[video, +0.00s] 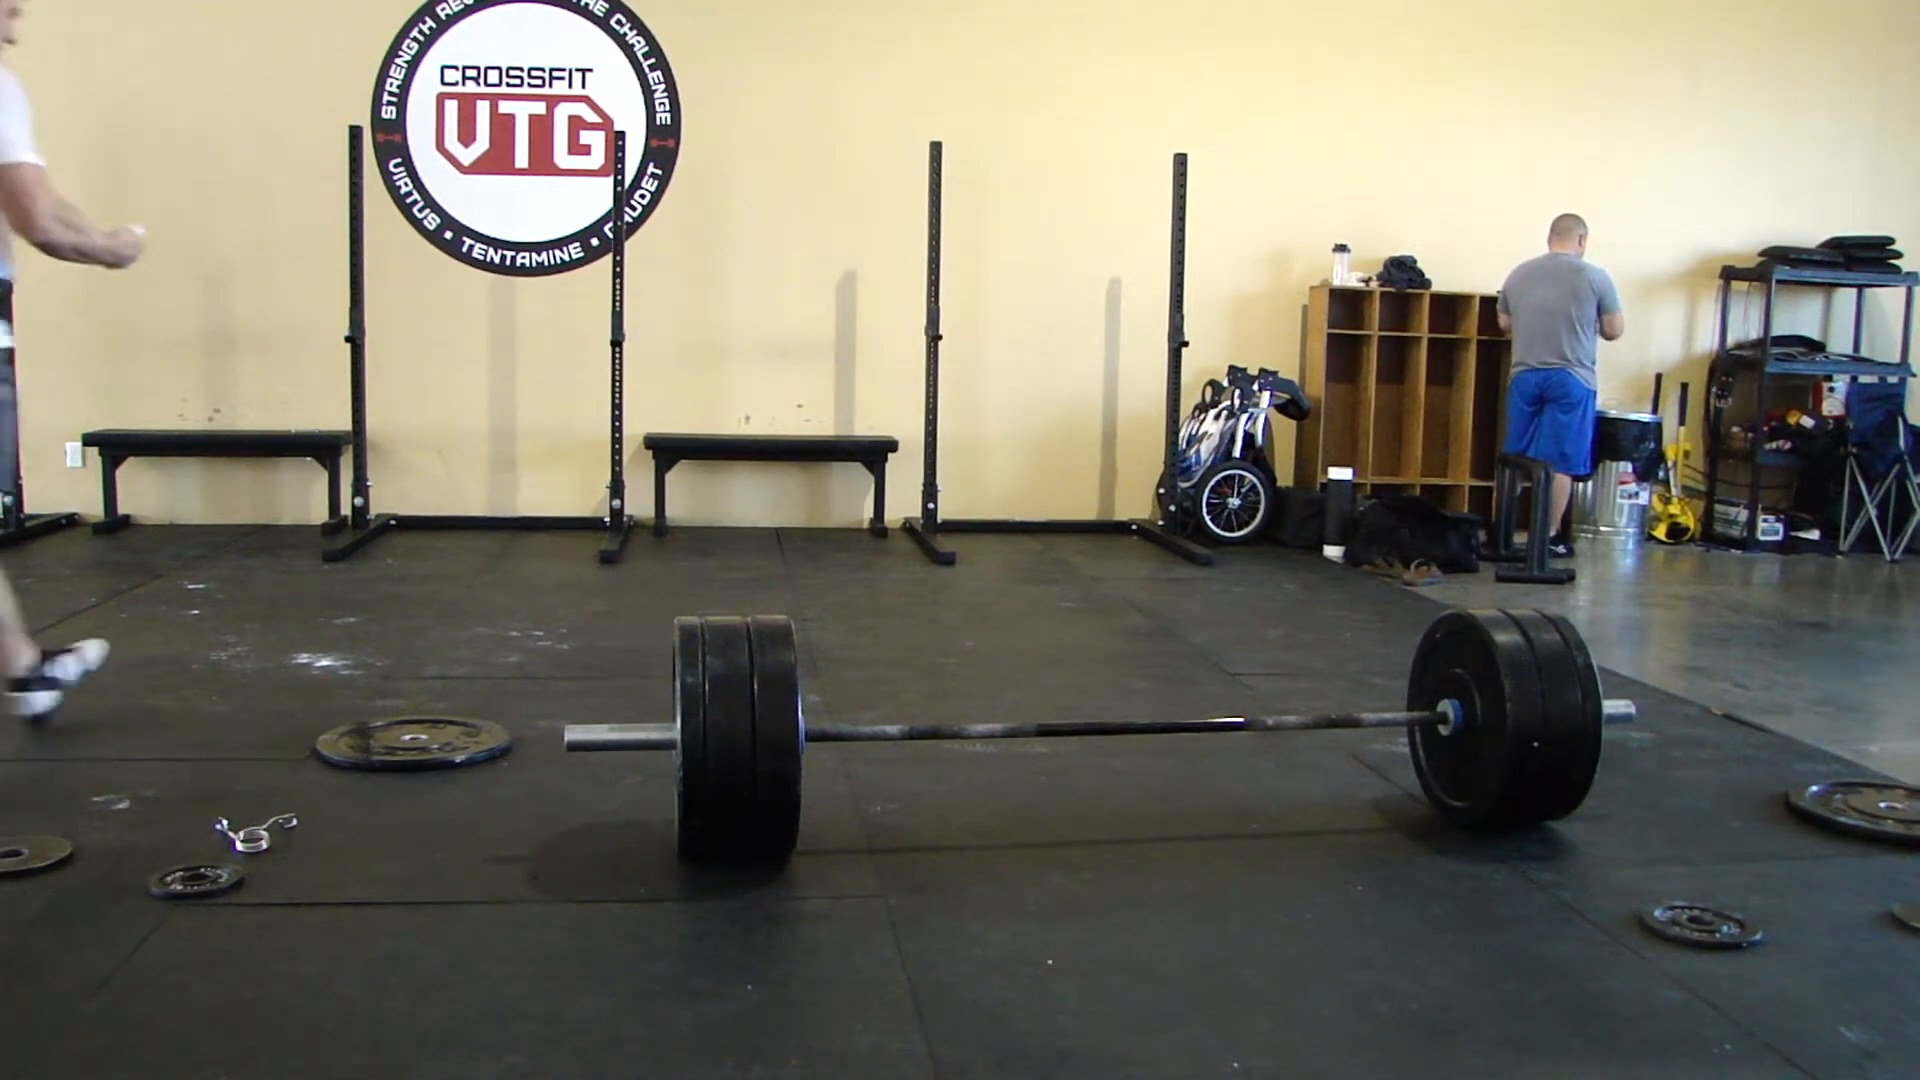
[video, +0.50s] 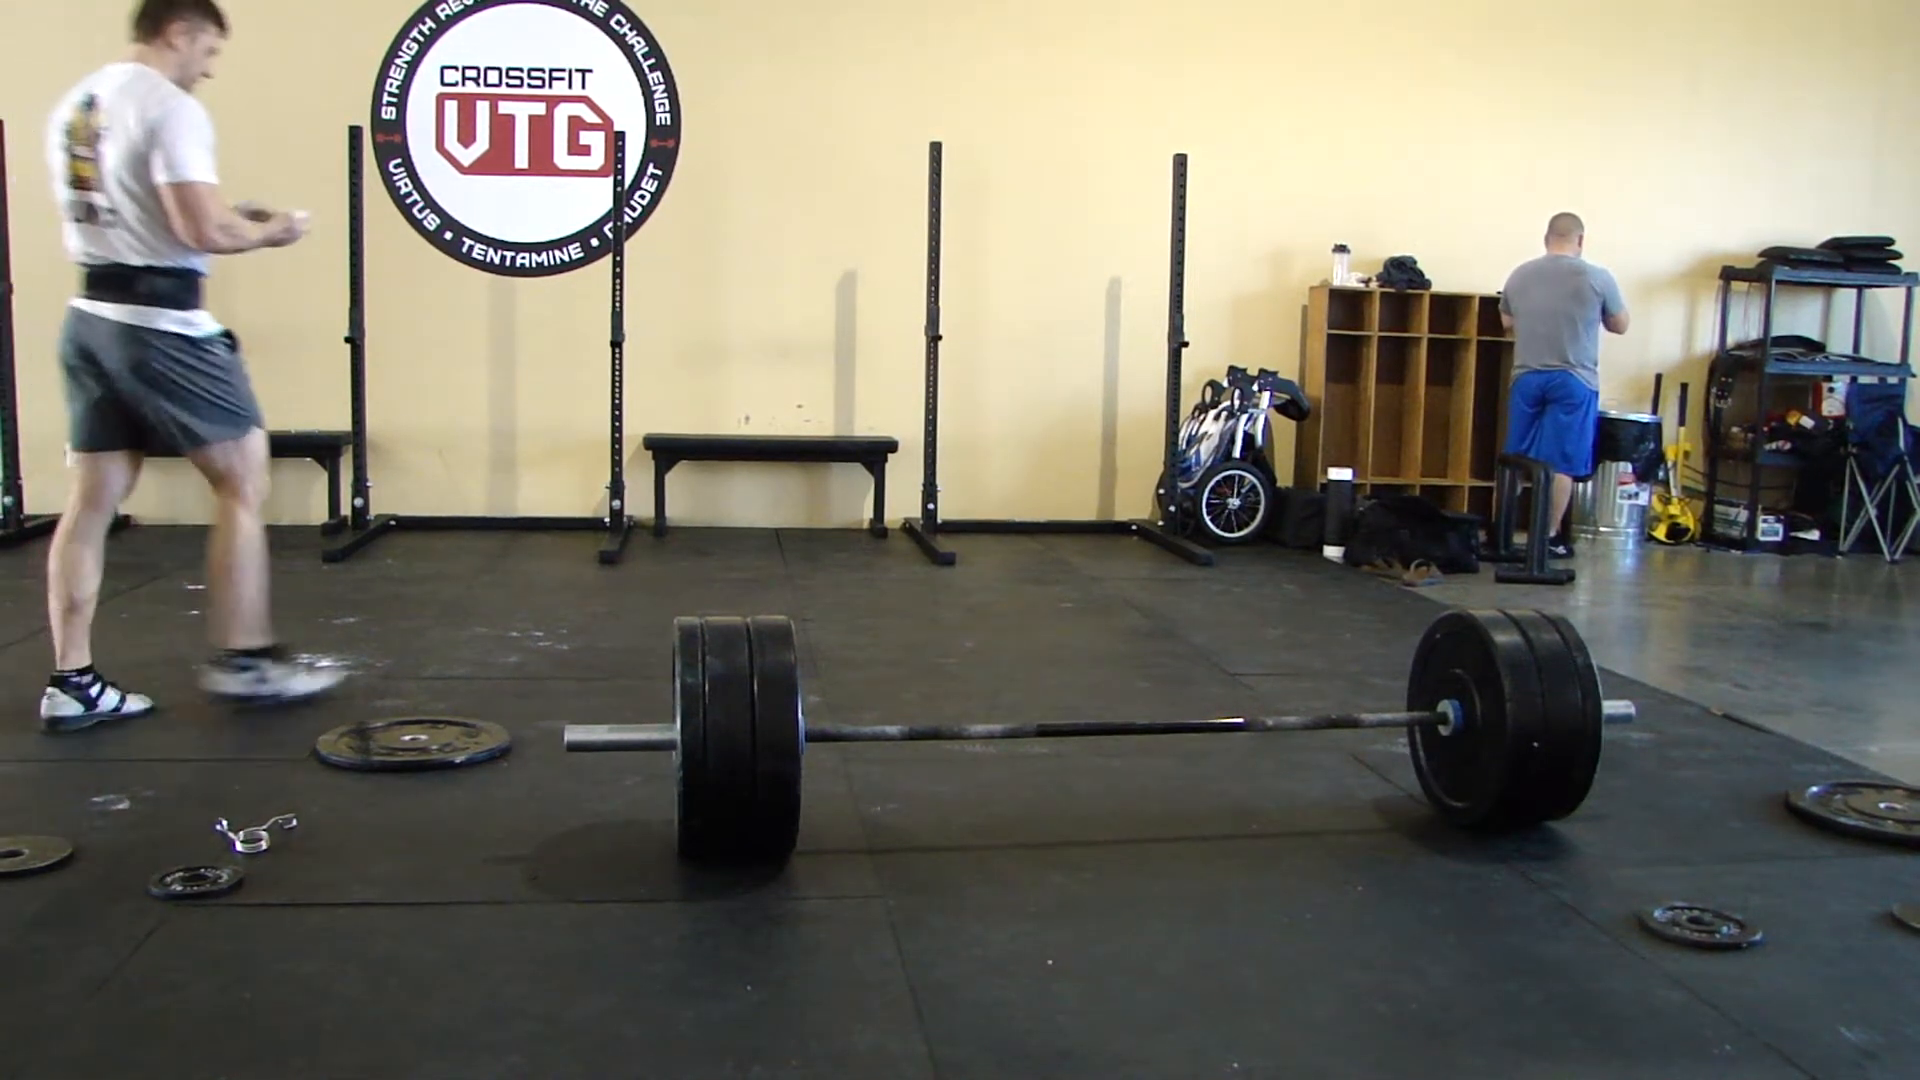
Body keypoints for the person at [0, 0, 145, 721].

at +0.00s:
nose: (20, 15)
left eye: (18, 6)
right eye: (16, 6)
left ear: (7, 15)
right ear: (3, 13)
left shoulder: (10, 87)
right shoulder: (3, 87)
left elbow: (36, 214)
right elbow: (36, 217)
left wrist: (97, 242)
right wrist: (107, 246)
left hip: (1, 343)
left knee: (1, 509)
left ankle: (25, 666)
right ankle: (22, 667)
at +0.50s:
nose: (211, 69)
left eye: (217, 55)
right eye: (209, 52)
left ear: (156, 32)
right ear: (175, 34)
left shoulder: (75, 102)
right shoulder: (173, 109)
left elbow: (103, 216)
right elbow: (201, 227)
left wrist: (232, 216)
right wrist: (274, 233)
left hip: (93, 322)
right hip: (167, 328)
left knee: (92, 500)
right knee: (242, 484)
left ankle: (71, 680)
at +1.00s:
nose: (413, 85)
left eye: (415, 72)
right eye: (411, 70)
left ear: (360, 58)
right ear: (383, 58)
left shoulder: (311, 122)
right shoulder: (383, 125)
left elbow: (367, 216)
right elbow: (435, 228)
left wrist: (458, 208)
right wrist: (487, 214)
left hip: (329, 324)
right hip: (383, 334)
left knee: (361, 465)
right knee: (380, 495)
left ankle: (336, 591)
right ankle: (357, 646)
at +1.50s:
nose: (581, 109)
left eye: (584, 98)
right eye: (573, 95)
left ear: (536, 93)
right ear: (536, 87)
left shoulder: (509, 140)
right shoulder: (539, 148)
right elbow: (579, 247)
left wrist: (605, 239)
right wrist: (636, 246)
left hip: (515, 328)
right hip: (553, 333)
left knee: (546, 470)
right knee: (606, 472)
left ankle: (534, 608)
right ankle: (493, 566)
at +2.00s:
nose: (748, 117)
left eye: (755, 107)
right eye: (737, 105)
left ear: (758, 109)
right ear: (706, 104)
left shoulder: (724, 169)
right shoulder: (697, 165)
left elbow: (720, 256)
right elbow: (664, 257)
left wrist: (776, 264)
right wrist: (645, 348)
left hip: (707, 339)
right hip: (727, 341)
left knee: (698, 465)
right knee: (772, 473)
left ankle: (597, 563)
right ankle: (777, 613)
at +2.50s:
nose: (864, 114)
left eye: (872, 104)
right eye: (852, 103)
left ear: (882, 108)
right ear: (826, 106)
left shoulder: (893, 173)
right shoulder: (796, 170)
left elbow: (911, 248)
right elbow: (752, 243)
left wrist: (924, 271)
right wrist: (790, 291)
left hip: (890, 337)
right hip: (831, 337)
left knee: (923, 460)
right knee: (823, 473)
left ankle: (951, 590)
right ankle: (780, 611)